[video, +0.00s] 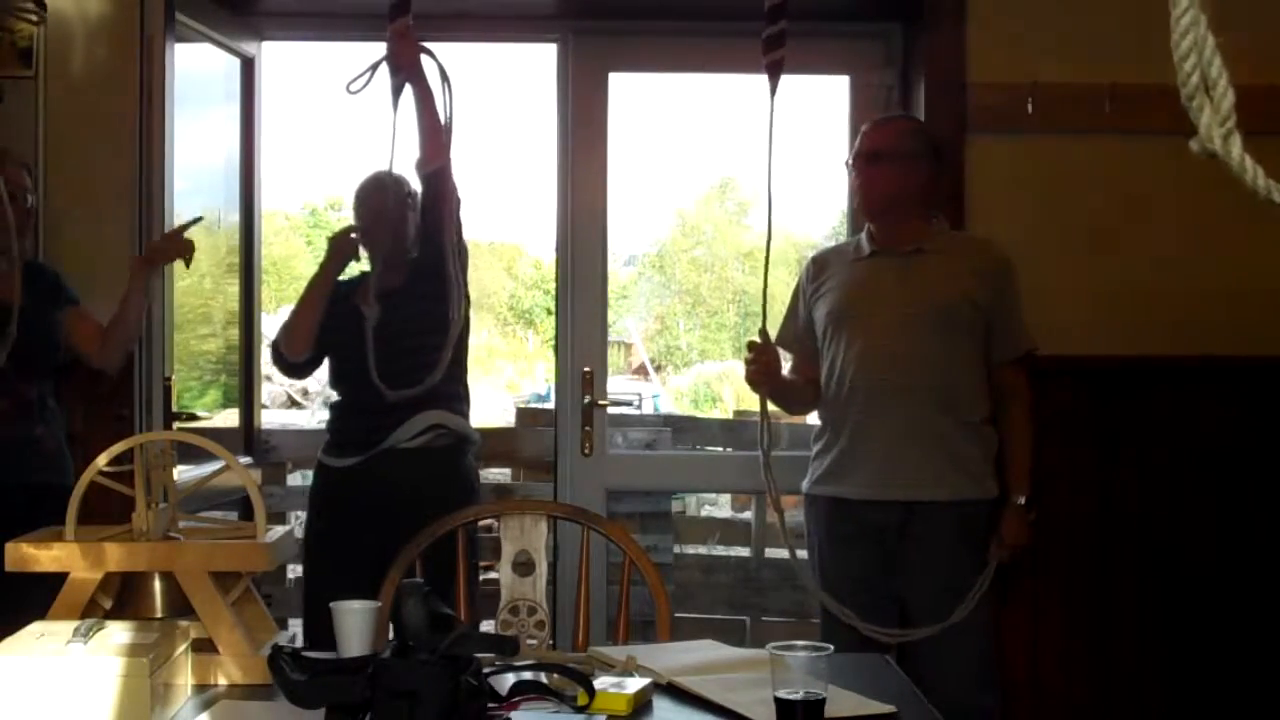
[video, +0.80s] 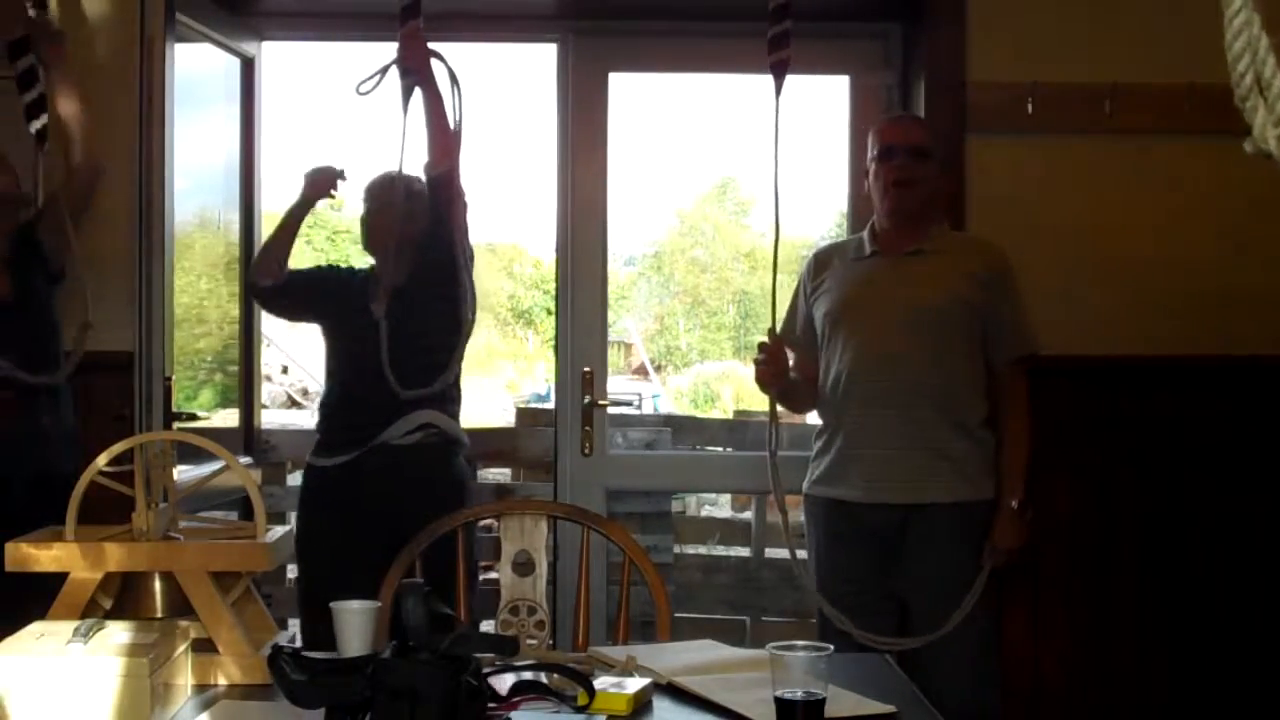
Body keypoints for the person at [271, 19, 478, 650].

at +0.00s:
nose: (397, 209)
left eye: (405, 201)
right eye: (381, 202)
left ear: (420, 216)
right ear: (358, 223)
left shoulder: (439, 276)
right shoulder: (340, 297)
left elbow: (436, 165)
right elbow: (289, 359)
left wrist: (414, 76)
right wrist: (329, 267)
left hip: (429, 465)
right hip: (348, 469)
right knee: (332, 637)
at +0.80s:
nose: (374, 215)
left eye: (390, 205)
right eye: (370, 207)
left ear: (423, 222)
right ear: (365, 224)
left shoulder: (444, 285)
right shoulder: (342, 289)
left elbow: (444, 173)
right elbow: (264, 285)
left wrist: (425, 78)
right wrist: (302, 204)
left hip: (422, 475)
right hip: (339, 476)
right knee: (331, 645)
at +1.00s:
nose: (389, 204)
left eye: (404, 197)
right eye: (379, 197)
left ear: (427, 218)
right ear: (367, 218)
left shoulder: (439, 280)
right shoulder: (339, 280)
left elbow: (444, 168)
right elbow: (268, 232)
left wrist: (423, 78)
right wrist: (302, 148)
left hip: (415, 473)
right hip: (332, 473)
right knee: (329, 646)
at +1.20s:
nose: (399, 197)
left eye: (412, 192)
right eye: (387, 192)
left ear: (429, 215)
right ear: (372, 218)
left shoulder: (444, 277)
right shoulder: (344, 278)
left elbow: (446, 171)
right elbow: (291, 208)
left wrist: (423, 81)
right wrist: (325, 116)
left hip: (420, 466)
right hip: (335, 464)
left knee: (425, 630)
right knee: (332, 641)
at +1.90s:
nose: (417, 199)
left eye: (431, 192)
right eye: (406, 193)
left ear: (453, 212)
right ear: (394, 214)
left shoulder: (465, 276)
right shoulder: (366, 268)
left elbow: (462, 175)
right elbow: (327, 183)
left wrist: (434, 83)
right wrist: (373, 98)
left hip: (439, 461)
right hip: (354, 460)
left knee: (450, 623)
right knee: (351, 626)